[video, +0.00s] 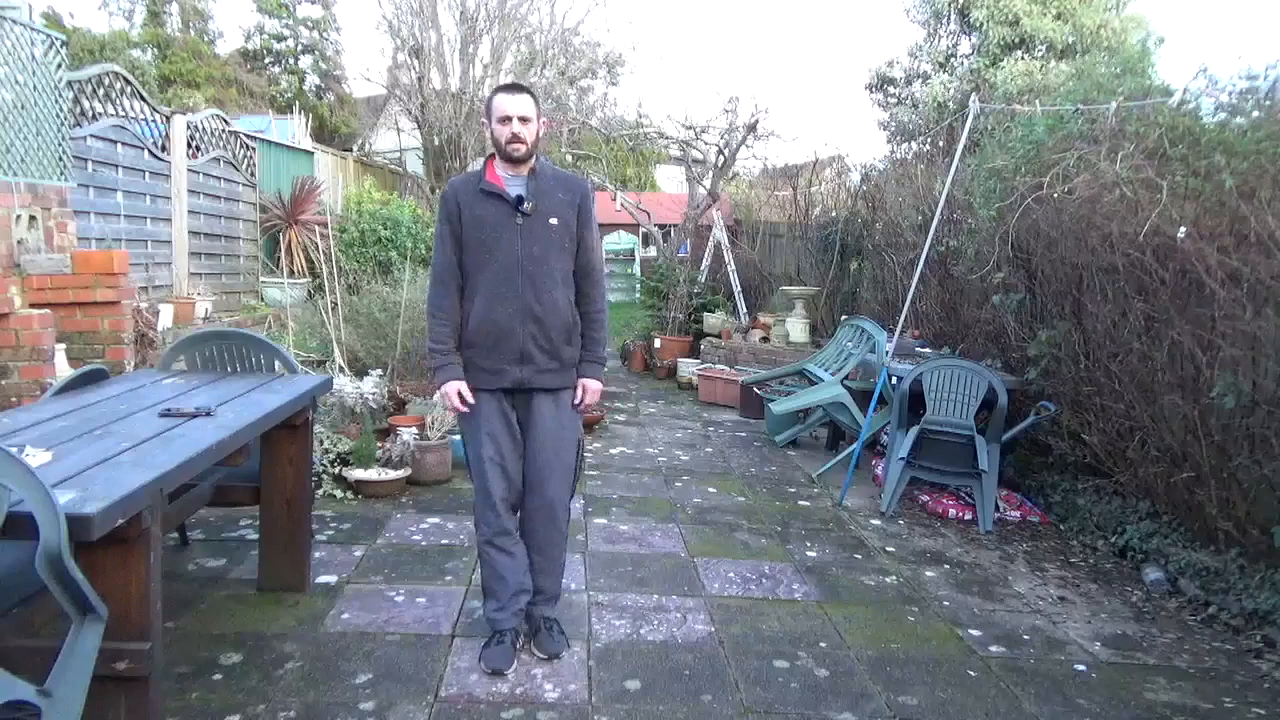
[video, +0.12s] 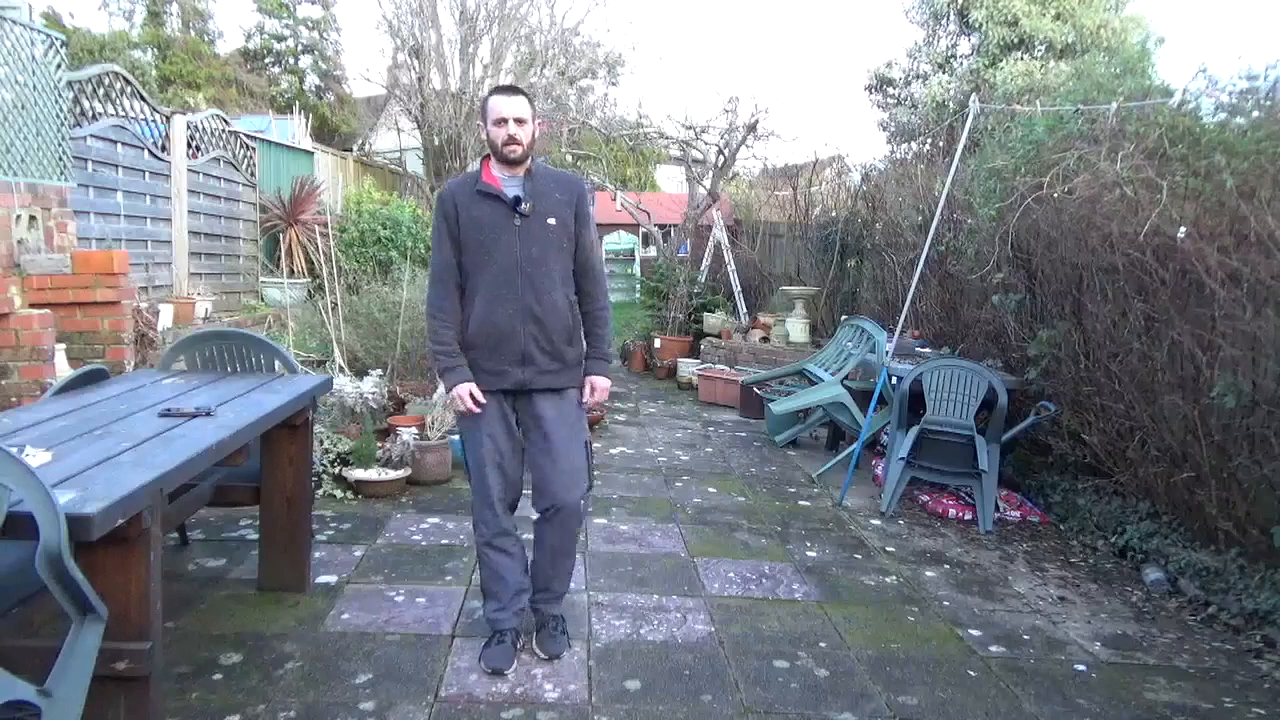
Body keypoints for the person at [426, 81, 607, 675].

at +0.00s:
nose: (515, 129)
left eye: (524, 119)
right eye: (504, 120)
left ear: (540, 126)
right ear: (488, 128)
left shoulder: (573, 192)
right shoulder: (460, 194)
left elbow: (592, 286)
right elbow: (443, 288)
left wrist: (593, 365)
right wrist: (446, 367)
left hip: (557, 373)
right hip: (483, 374)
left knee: (549, 500)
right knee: (495, 503)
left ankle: (546, 608)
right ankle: (503, 620)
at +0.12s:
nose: (511, 131)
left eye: (519, 121)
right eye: (500, 122)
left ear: (536, 127)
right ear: (484, 130)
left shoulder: (570, 191)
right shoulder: (457, 197)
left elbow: (592, 283)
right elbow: (442, 295)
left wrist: (599, 362)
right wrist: (453, 372)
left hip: (559, 376)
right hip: (483, 379)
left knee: (565, 500)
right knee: (493, 509)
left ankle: (550, 606)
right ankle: (503, 621)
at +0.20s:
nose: (510, 132)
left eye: (518, 122)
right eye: (499, 123)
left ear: (534, 128)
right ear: (483, 131)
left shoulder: (568, 190)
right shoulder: (456, 198)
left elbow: (591, 282)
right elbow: (441, 296)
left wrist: (599, 360)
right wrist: (451, 374)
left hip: (558, 375)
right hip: (482, 379)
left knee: (575, 495)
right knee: (493, 508)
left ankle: (559, 602)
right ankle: (503, 621)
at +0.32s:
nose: (511, 130)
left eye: (519, 121)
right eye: (500, 122)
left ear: (534, 126)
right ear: (483, 130)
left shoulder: (569, 188)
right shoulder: (458, 195)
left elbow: (592, 281)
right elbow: (443, 292)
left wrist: (597, 359)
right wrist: (447, 374)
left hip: (560, 374)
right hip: (484, 377)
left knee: (575, 500)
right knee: (495, 510)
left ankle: (576, 618)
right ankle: (504, 623)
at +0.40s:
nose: (514, 132)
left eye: (522, 122)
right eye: (503, 123)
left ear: (538, 126)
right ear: (486, 131)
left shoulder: (573, 189)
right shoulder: (459, 196)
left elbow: (594, 282)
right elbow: (442, 293)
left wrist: (597, 361)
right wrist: (444, 374)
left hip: (561, 374)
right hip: (485, 377)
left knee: (573, 508)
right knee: (496, 512)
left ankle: (580, 623)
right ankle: (503, 624)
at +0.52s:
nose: (521, 130)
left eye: (529, 121)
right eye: (510, 122)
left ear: (545, 126)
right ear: (494, 130)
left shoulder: (579, 189)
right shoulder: (467, 195)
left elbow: (601, 282)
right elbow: (447, 290)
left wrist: (606, 361)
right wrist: (444, 370)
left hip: (568, 372)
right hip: (492, 374)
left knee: (571, 509)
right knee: (500, 511)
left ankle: (578, 626)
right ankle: (503, 625)